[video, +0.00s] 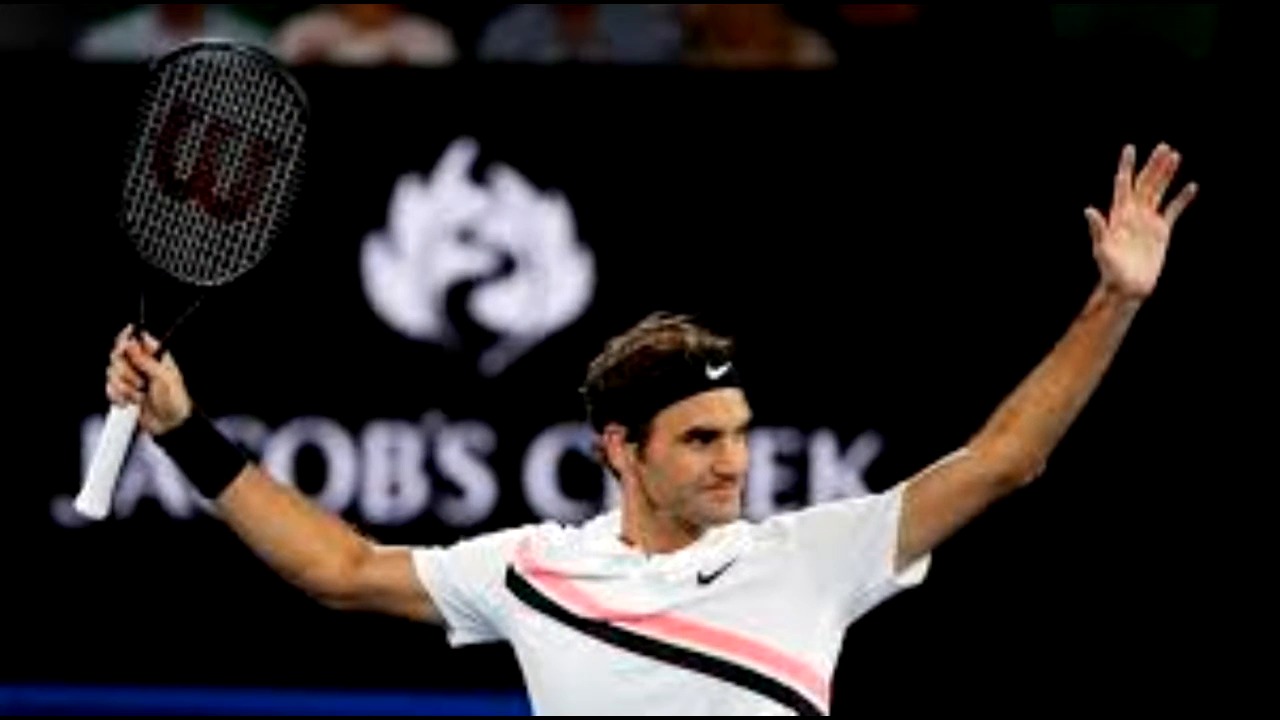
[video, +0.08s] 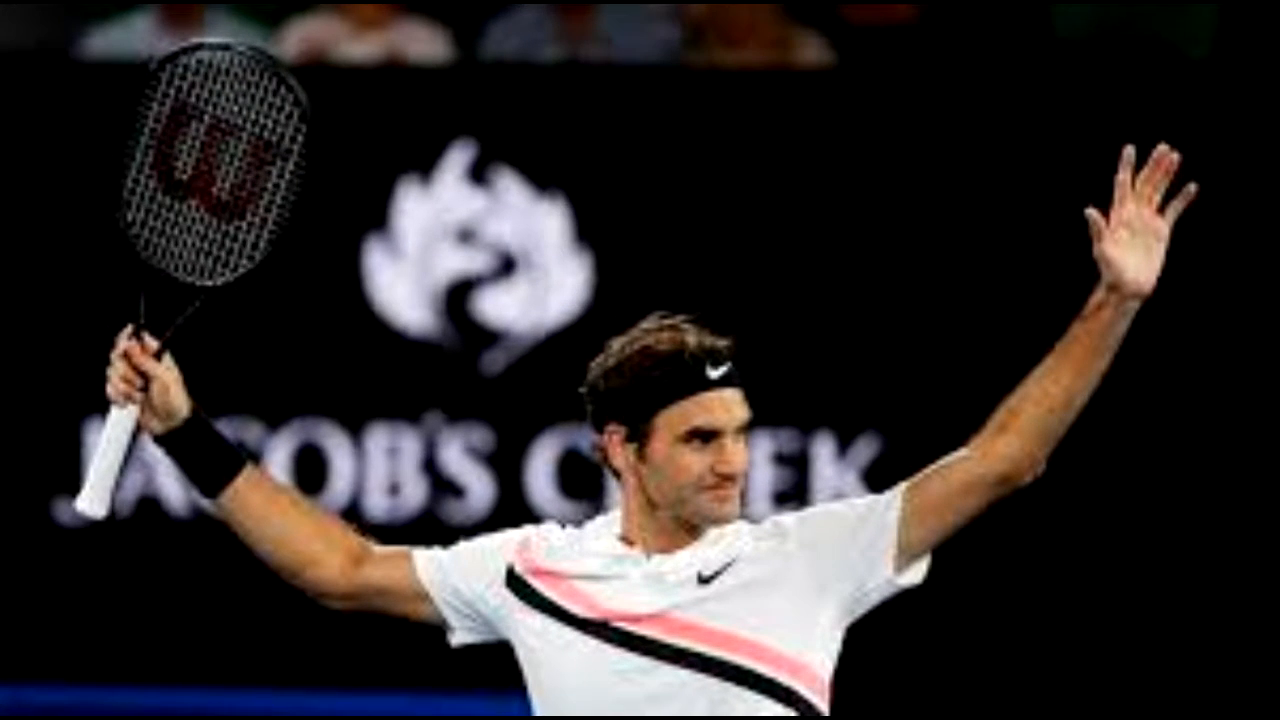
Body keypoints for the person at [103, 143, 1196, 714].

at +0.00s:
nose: (731, 464)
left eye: (739, 437)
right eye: (701, 441)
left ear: (750, 442)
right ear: (620, 455)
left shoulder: (815, 552)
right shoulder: (529, 573)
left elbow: (1005, 456)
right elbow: (335, 568)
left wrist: (1116, 300)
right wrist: (184, 429)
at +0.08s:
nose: (731, 464)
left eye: (739, 437)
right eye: (700, 441)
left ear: (750, 442)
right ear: (620, 455)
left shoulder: (815, 552)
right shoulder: (529, 573)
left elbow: (1005, 456)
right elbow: (335, 568)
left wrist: (1116, 300)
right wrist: (183, 429)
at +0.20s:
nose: (731, 464)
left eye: (739, 437)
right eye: (700, 441)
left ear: (750, 442)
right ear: (620, 455)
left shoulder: (815, 552)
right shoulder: (529, 573)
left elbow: (1005, 456)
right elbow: (335, 568)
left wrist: (1116, 300)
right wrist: (183, 429)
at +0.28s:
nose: (731, 464)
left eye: (739, 437)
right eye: (700, 441)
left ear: (750, 442)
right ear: (620, 455)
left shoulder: (815, 552)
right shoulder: (529, 573)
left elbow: (1005, 456)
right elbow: (335, 568)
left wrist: (1116, 300)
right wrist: (183, 429)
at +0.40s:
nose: (731, 464)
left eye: (739, 437)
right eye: (700, 441)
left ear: (750, 442)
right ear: (620, 455)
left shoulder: (815, 552)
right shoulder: (529, 573)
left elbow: (1005, 456)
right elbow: (335, 568)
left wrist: (1116, 299)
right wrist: (183, 429)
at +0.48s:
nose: (731, 464)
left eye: (739, 437)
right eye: (700, 441)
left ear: (750, 442)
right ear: (620, 455)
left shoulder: (815, 552)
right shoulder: (529, 573)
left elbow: (1005, 456)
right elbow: (335, 568)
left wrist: (1116, 300)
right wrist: (183, 429)